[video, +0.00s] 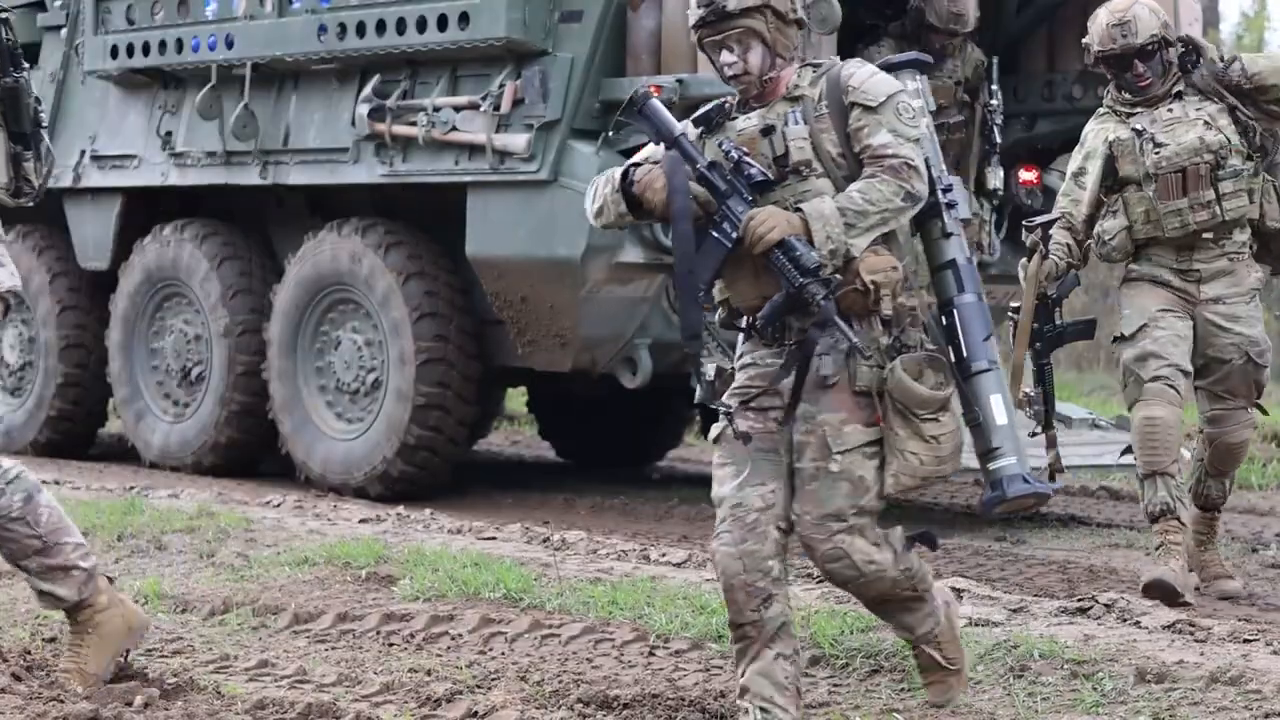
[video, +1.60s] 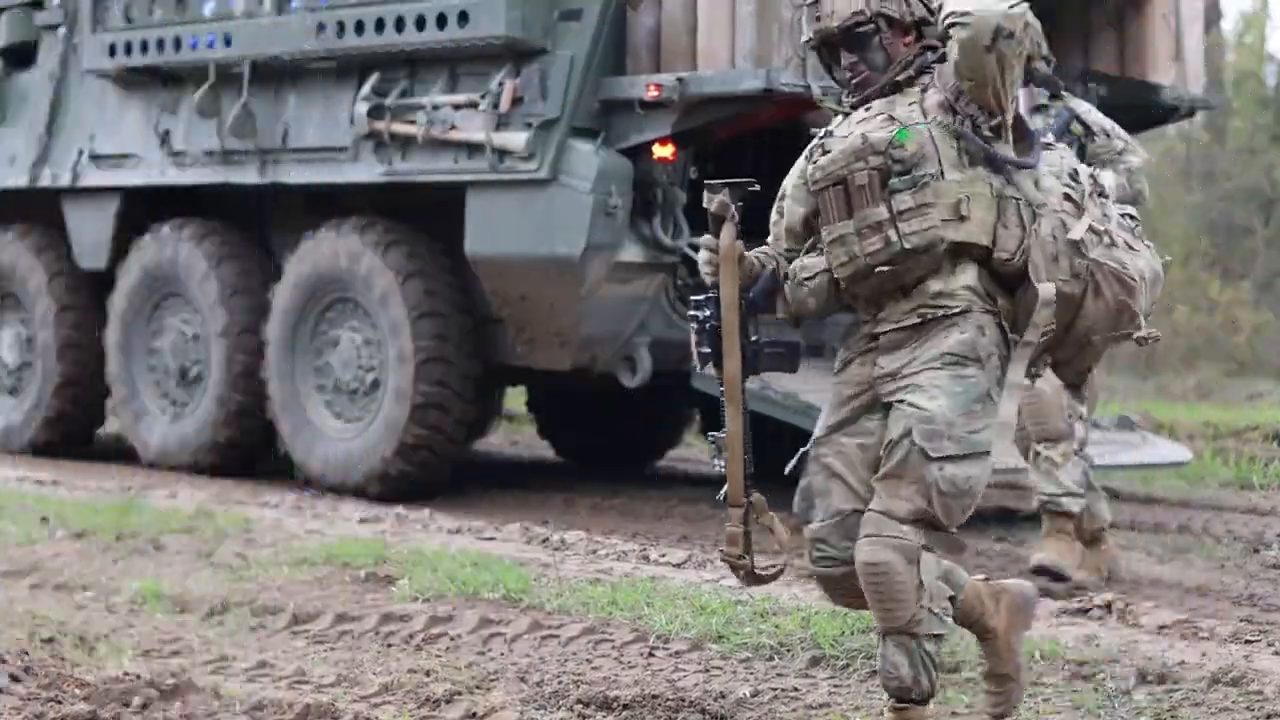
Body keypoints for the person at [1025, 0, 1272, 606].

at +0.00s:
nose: (1136, 72)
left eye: (1145, 58)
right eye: (1121, 65)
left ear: (1170, 50)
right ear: (1106, 70)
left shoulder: (1216, 95)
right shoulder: (1105, 129)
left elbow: (1278, 82)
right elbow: (1072, 210)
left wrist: (1228, 67)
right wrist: (1054, 250)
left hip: (1231, 271)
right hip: (1152, 276)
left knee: (1232, 419)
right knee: (1156, 389)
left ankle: (1204, 533)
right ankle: (1168, 545)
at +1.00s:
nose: (1051, 15)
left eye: (1064, 4)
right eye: (1043, 8)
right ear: (1037, 16)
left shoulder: (1167, 28)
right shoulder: (1032, 92)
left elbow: (1268, 60)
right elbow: (1000, 198)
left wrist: (1174, 51)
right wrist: (965, 210)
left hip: (1174, 263)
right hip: (1077, 277)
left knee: (1177, 453)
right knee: (1073, 451)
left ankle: (1189, 580)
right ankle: (1100, 629)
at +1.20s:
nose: (984, 56)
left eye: (997, 37)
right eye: (974, 46)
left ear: (1044, 25)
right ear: (967, 53)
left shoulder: (1112, 59)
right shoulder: (978, 133)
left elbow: (1223, 100)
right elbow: (950, 245)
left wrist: (1116, 87)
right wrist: (897, 247)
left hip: (1126, 302)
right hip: (1035, 319)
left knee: (1103, 488)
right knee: (1019, 503)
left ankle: (1174, 569)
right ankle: (1112, 662)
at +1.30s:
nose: (957, 59)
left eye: (967, 39)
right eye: (944, 49)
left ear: (1014, 26)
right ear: (938, 55)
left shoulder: (1078, 68)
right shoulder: (951, 132)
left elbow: (1187, 102)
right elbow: (925, 245)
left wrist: (1078, 61)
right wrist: (872, 255)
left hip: (1095, 301)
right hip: (1006, 325)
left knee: (1027, 477)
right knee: (1003, 513)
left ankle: (1109, 645)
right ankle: (1101, 664)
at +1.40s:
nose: (931, 46)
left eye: (943, 25)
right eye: (918, 36)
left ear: (990, 12)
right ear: (910, 43)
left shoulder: (1053, 64)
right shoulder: (917, 121)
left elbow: (1133, 83)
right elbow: (883, 232)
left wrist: (1052, 17)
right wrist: (837, 264)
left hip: (1058, 297)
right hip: (974, 318)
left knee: (979, 488)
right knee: (999, 498)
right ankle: (1114, 658)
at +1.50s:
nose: (891, 48)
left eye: (905, 26)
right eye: (877, 37)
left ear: (952, 15)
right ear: (868, 47)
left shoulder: (1010, 67)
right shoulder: (872, 123)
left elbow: (1072, 23)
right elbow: (831, 233)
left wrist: (1034, 23)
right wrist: (789, 266)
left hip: (1005, 312)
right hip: (917, 332)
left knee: (943, 504)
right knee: (948, 512)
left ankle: (929, 695)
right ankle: (1088, 638)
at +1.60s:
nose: (848, 65)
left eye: (860, 45)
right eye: (835, 56)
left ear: (907, 36)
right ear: (825, 69)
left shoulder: (955, 93)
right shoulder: (834, 142)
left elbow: (1004, 22)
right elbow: (797, 254)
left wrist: (967, 28)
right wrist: (747, 266)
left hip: (953, 334)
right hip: (868, 348)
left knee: (893, 554)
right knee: (839, 563)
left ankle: (907, 708)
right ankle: (992, 608)